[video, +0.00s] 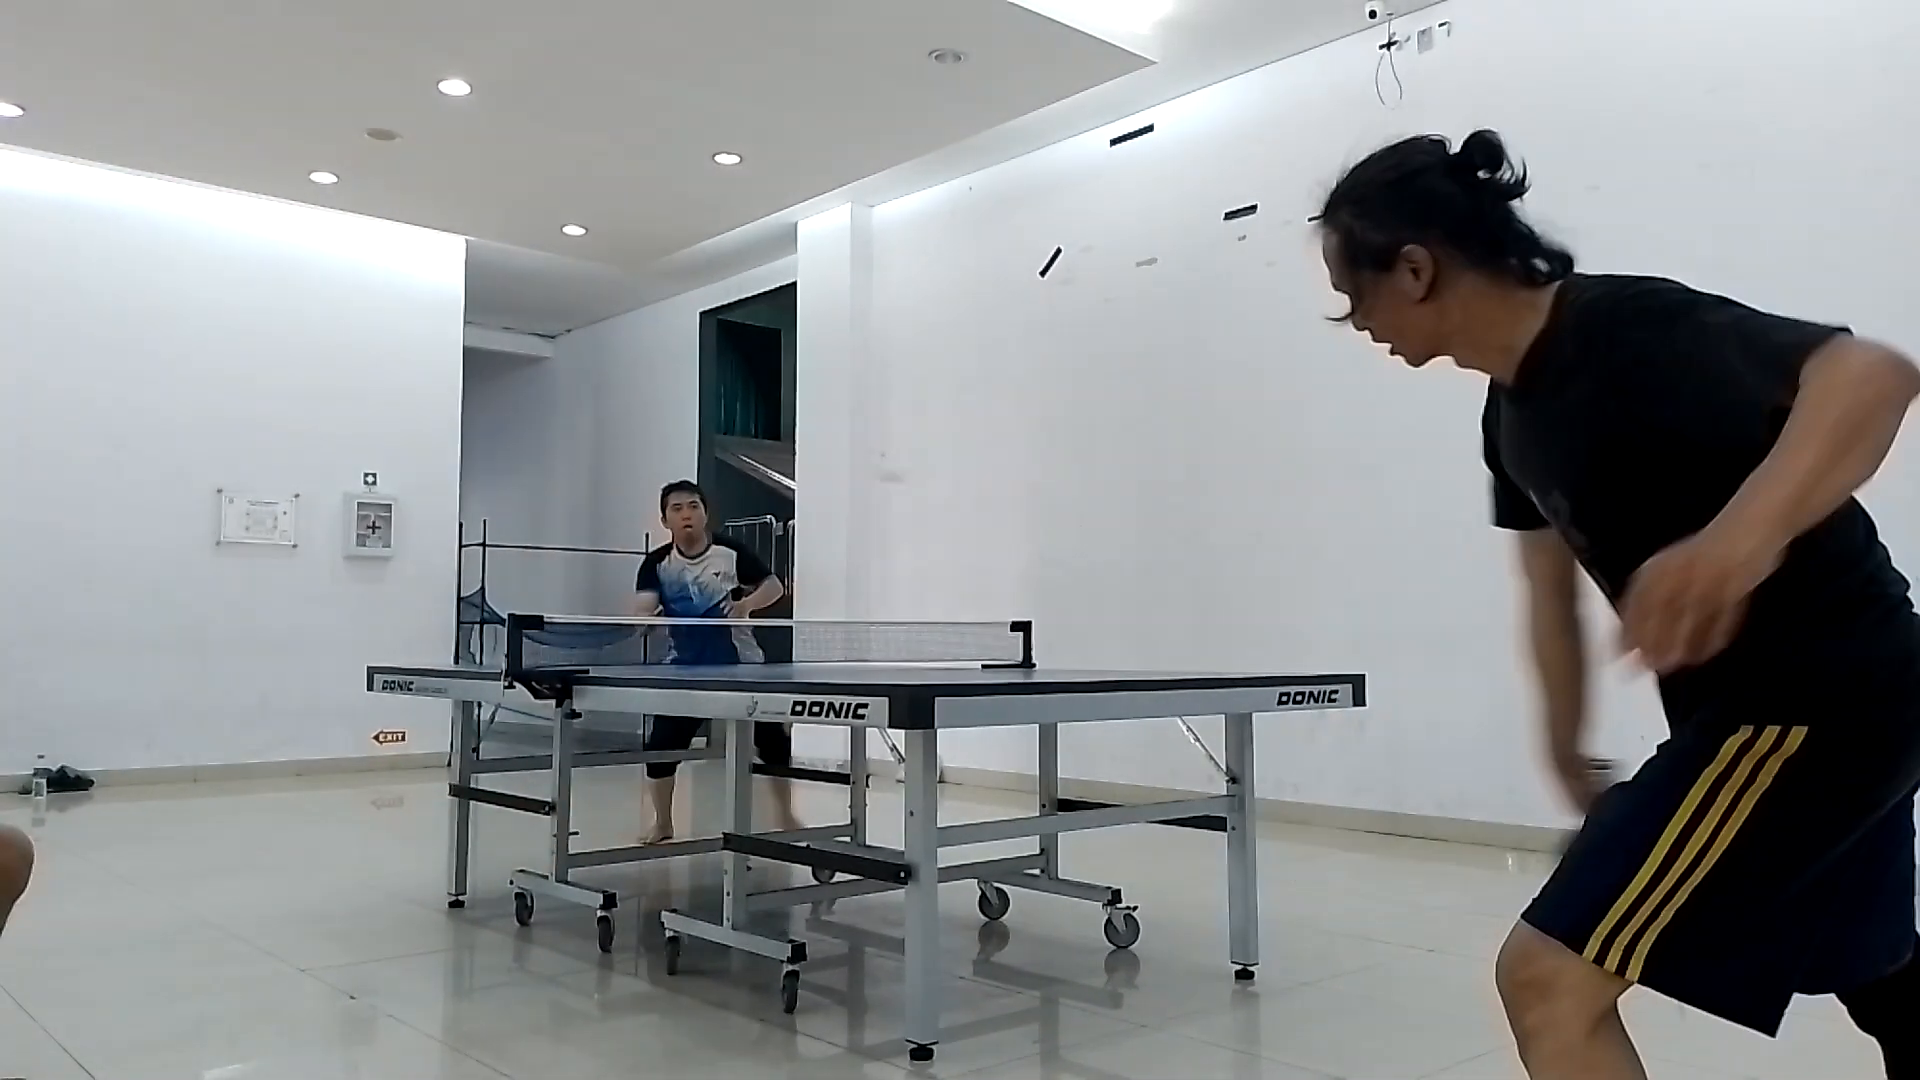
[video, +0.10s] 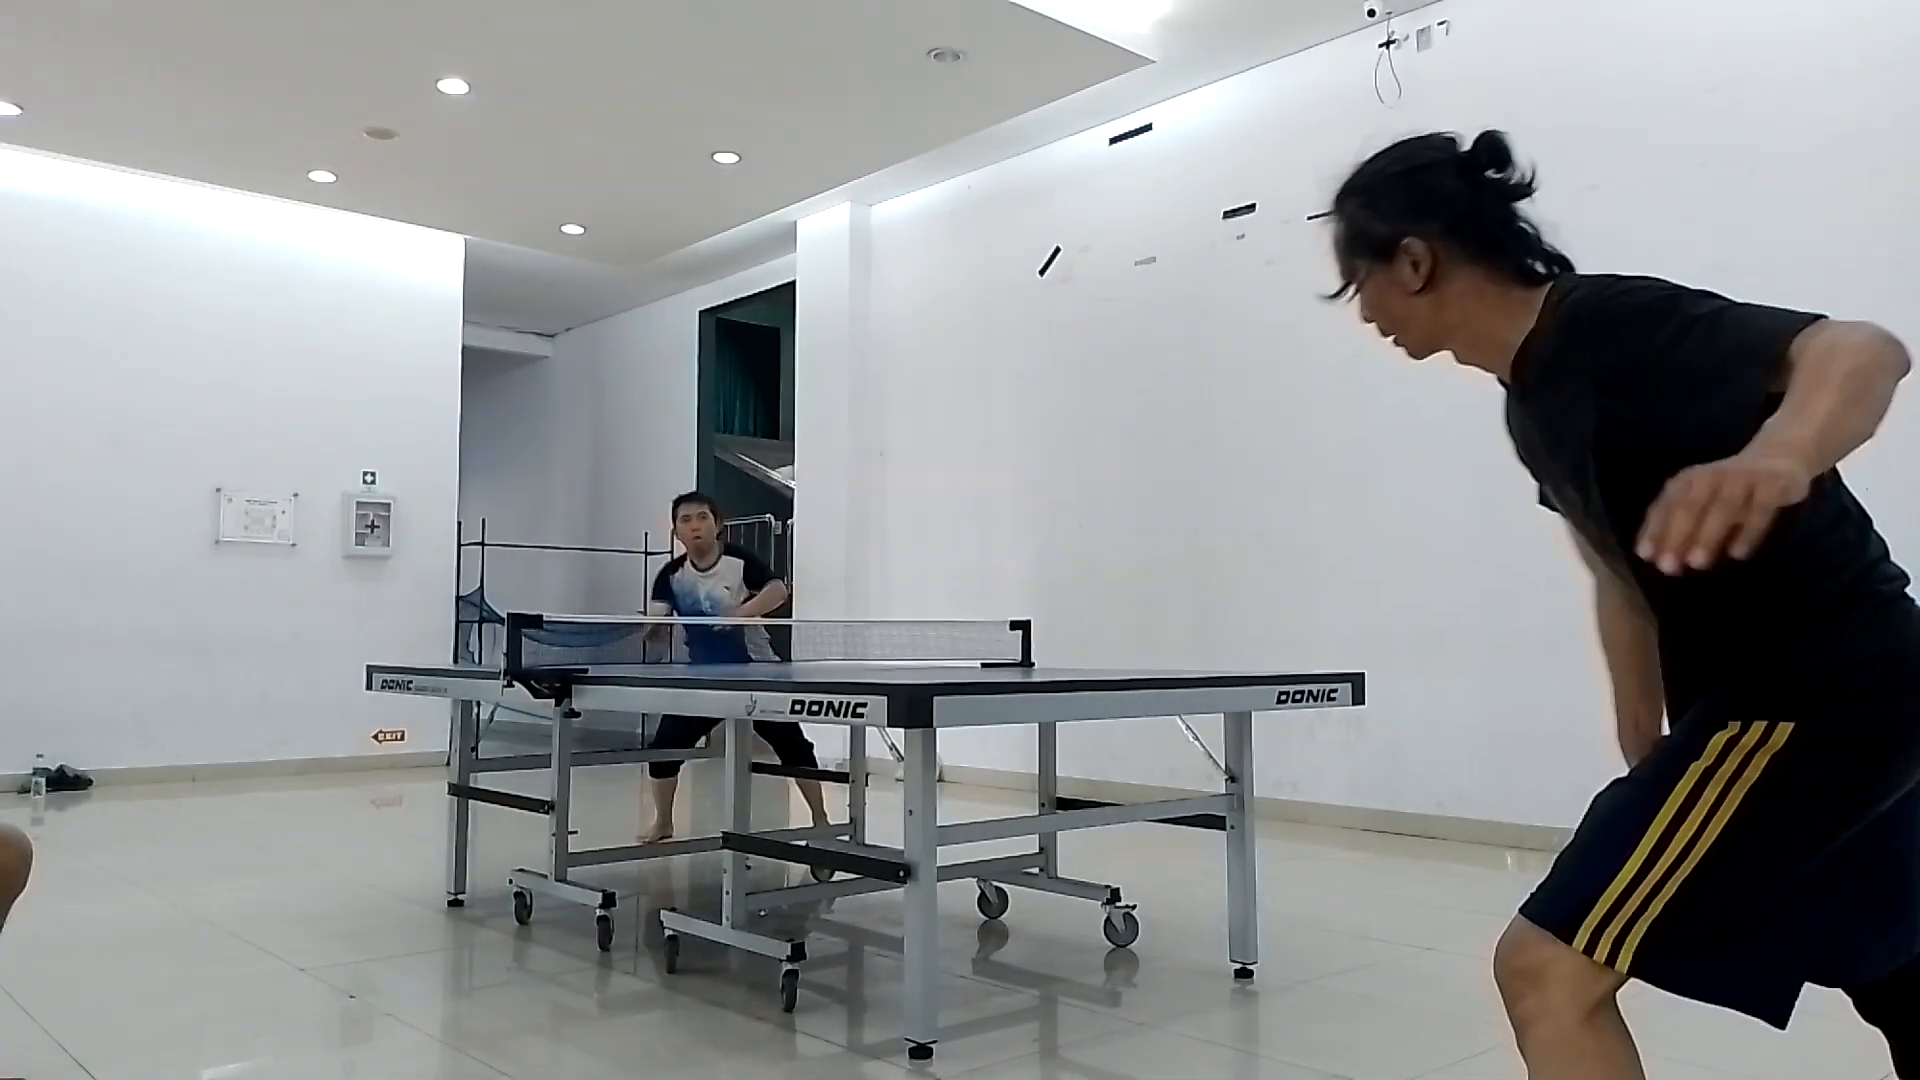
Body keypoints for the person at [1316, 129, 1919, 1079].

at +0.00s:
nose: (1360, 328)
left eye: (1355, 302)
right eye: (1347, 309)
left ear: (1416, 267)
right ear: (1422, 272)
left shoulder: (1622, 322)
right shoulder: (1511, 417)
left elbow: (1873, 375)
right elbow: (1549, 587)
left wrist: (1739, 539)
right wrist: (1567, 752)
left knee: (1549, 983)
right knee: (1884, 982)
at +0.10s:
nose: (1360, 312)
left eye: (1356, 284)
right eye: (1349, 289)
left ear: (1415, 260)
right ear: (1423, 263)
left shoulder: (1606, 321)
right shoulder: (1534, 406)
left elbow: (1863, 350)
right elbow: (1620, 584)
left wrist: (1781, 453)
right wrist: (1647, 764)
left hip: (1813, 693)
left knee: (1546, 974)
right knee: (1899, 985)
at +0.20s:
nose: (1405, 298)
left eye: (1404, 269)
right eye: (1399, 276)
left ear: (1458, 250)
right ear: (1467, 253)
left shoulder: (1621, 323)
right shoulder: (1580, 371)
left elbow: (1842, 366)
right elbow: (1686, 556)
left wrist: (1761, 523)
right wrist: (1643, 718)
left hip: (1828, 687)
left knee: (1561, 960)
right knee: (1888, 969)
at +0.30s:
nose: (1484, 299)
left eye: (1482, 270)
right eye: (1478, 276)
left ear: (1534, 255)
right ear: (1547, 253)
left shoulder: (1668, 330)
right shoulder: (1650, 366)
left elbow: (1878, 394)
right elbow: (1742, 583)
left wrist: (1841, 614)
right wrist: (1628, 716)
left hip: (1832, 711)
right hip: (1877, 714)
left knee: (1615, 959)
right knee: (1906, 1005)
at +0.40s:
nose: (1574, 307)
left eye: (1576, 281)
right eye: (1571, 286)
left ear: (1628, 265)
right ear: (1637, 266)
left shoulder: (1776, 334)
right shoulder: (1746, 369)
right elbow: (1799, 586)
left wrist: (1908, 637)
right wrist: (1645, 700)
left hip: (1898, 720)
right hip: (1882, 722)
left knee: (1759, 959)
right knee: (1909, 999)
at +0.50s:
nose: (1660, 313)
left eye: (1667, 285)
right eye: (1658, 291)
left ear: (1720, 266)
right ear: (1727, 269)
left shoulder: (1865, 344)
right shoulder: (1829, 376)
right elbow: (1873, 592)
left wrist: (1918, 629)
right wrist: (1703, 687)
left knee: (1833, 940)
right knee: (1859, 948)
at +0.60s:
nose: (1741, 283)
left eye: (1748, 254)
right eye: (1738, 260)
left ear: (1805, 241)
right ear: (1805, 245)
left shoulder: (1907, 335)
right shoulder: (1893, 341)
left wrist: (1857, 631)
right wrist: (1850, 653)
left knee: (1910, 934)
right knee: (1907, 934)